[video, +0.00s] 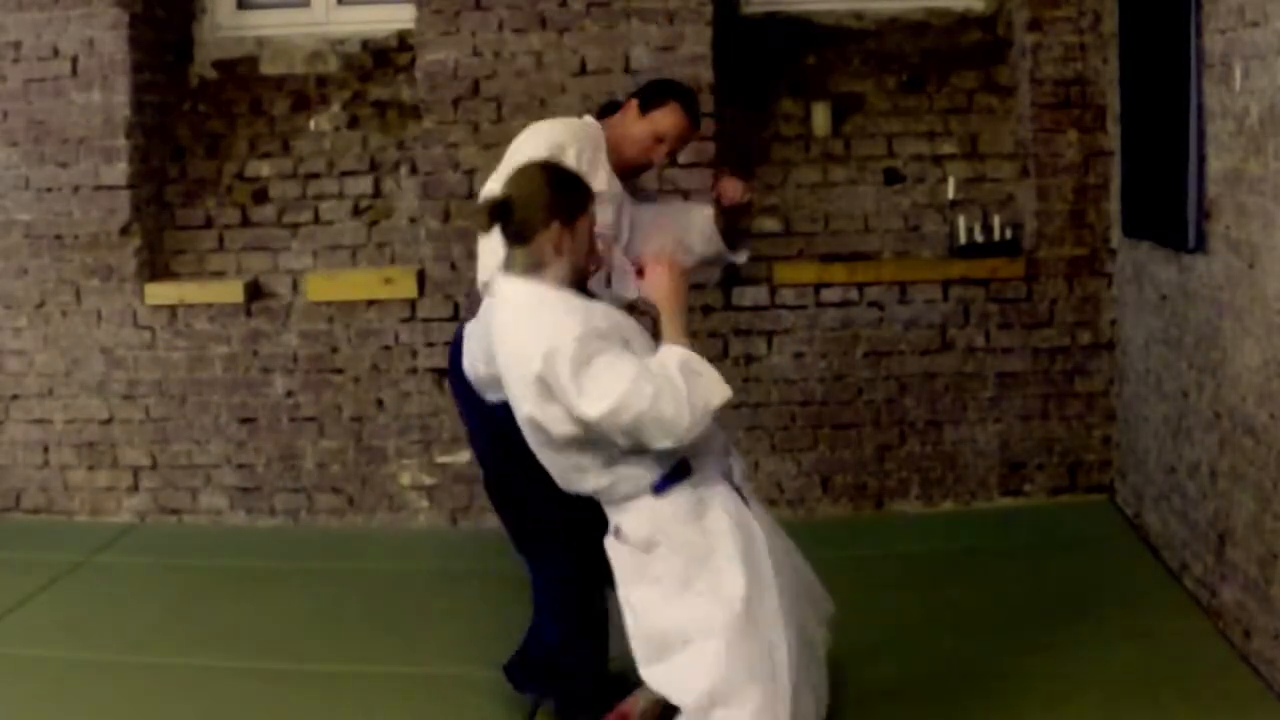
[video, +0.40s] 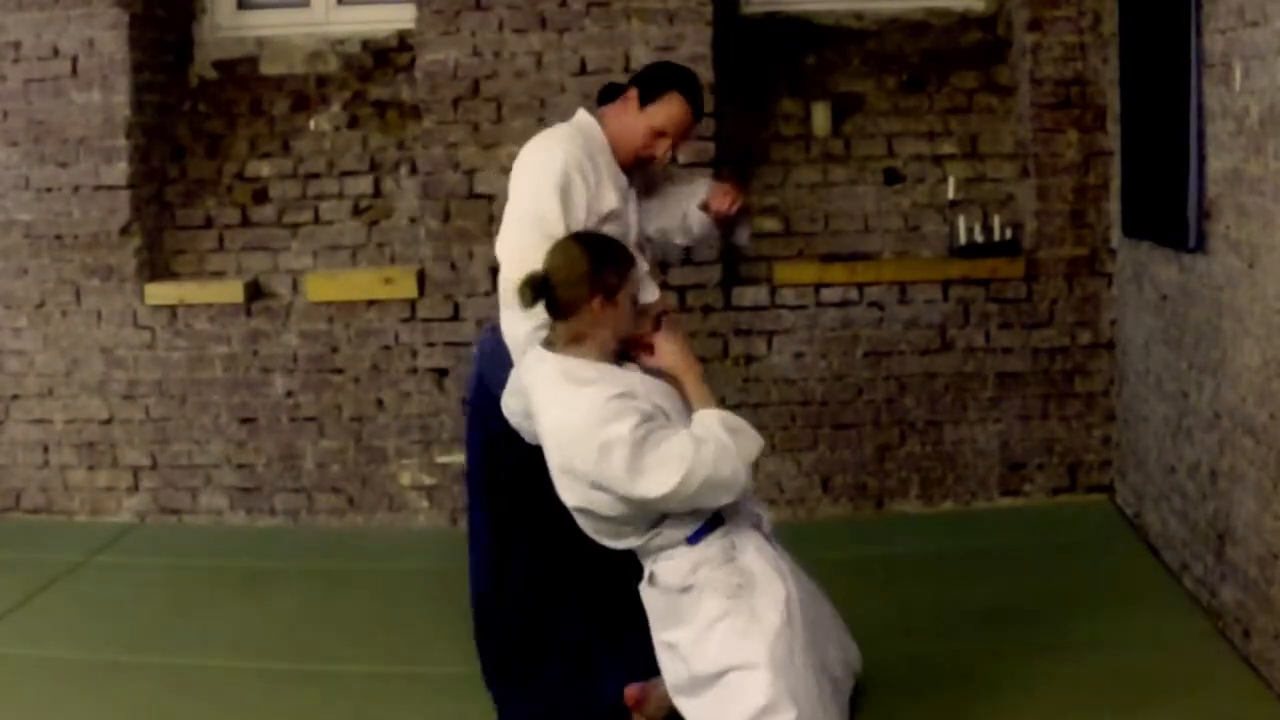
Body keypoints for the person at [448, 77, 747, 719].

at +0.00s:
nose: (661, 161)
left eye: (672, 152)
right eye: (660, 142)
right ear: (631, 112)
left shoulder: (622, 186)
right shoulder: (554, 145)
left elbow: (651, 240)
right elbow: (501, 222)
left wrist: (717, 215)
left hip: (554, 364)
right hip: (488, 356)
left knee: (580, 524)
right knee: (557, 528)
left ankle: (556, 672)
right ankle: (562, 681)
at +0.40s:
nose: (665, 154)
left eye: (676, 143)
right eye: (663, 135)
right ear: (631, 102)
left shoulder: (614, 164)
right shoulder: (555, 158)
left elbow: (646, 216)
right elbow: (526, 289)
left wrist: (703, 208)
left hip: (580, 367)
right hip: (522, 372)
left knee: (601, 547)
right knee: (532, 555)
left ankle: (614, 680)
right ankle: (540, 698)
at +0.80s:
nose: (702, 153)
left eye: (712, 142)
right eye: (704, 134)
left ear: (667, 105)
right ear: (672, 103)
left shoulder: (625, 148)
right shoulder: (609, 157)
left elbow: (660, 205)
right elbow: (590, 295)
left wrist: (719, 191)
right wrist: (655, 363)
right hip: (564, 357)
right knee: (576, 534)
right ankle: (555, 693)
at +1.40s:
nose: (704, 157)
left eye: (714, 146)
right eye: (704, 137)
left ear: (664, 108)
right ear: (672, 106)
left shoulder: (595, 143)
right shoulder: (621, 159)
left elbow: (655, 227)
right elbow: (614, 296)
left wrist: (720, 199)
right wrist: (669, 388)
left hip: (539, 353)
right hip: (580, 359)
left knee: (556, 544)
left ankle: (544, 694)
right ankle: (663, 675)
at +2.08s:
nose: (702, 152)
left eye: (711, 139)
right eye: (702, 131)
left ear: (658, 101)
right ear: (667, 101)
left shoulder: (571, 146)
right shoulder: (624, 160)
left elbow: (587, 250)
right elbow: (632, 296)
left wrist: (676, 249)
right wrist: (687, 401)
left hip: (531, 351)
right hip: (588, 355)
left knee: (551, 539)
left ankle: (539, 694)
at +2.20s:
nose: (695, 146)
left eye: (704, 133)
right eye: (695, 126)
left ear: (646, 100)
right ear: (656, 98)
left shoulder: (563, 151)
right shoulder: (620, 161)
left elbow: (550, 275)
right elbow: (635, 300)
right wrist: (687, 401)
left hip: (530, 352)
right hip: (589, 354)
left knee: (552, 540)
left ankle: (542, 695)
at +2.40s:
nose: (677, 131)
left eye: (685, 116)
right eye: (679, 110)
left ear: (626, 87)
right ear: (643, 87)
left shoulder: (522, 143)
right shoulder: (626, 148)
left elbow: (480, 237)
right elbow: (648, 280)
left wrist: (527, 303)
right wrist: (694, 389)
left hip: (523, 338)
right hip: (598, 327)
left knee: (541, 525)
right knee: (676, 497)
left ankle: (540, 694)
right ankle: (640, 594)